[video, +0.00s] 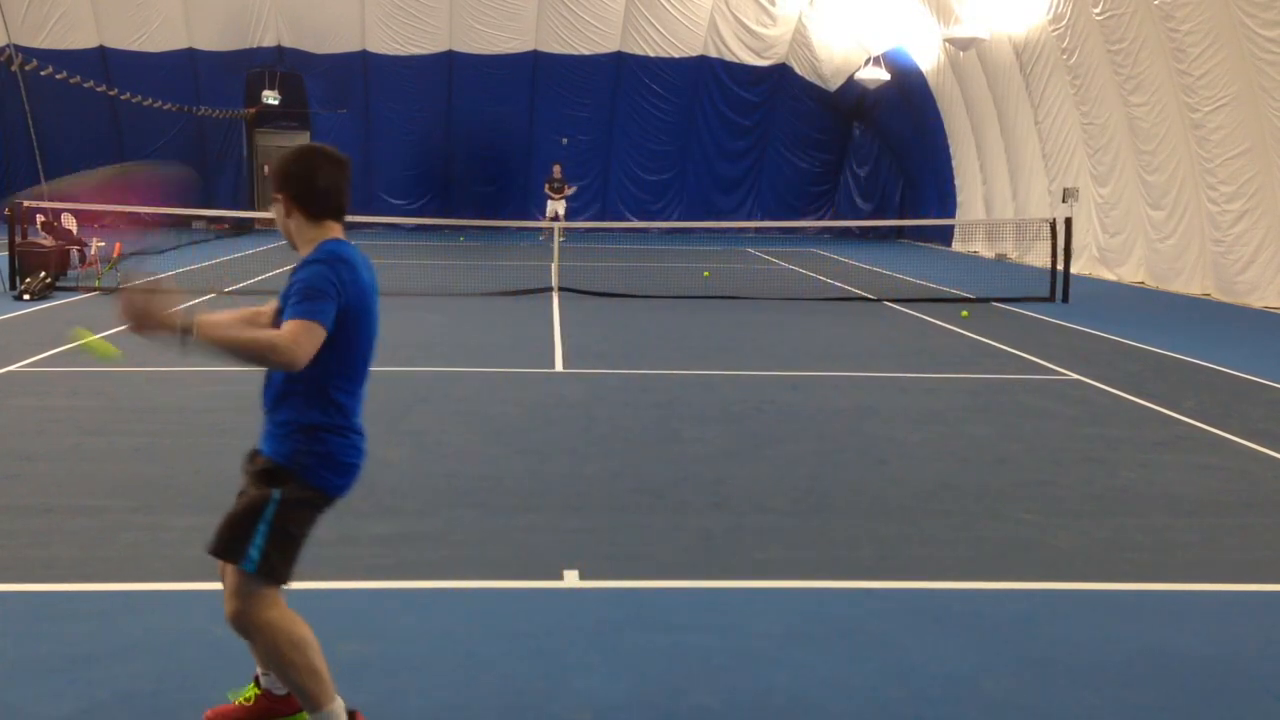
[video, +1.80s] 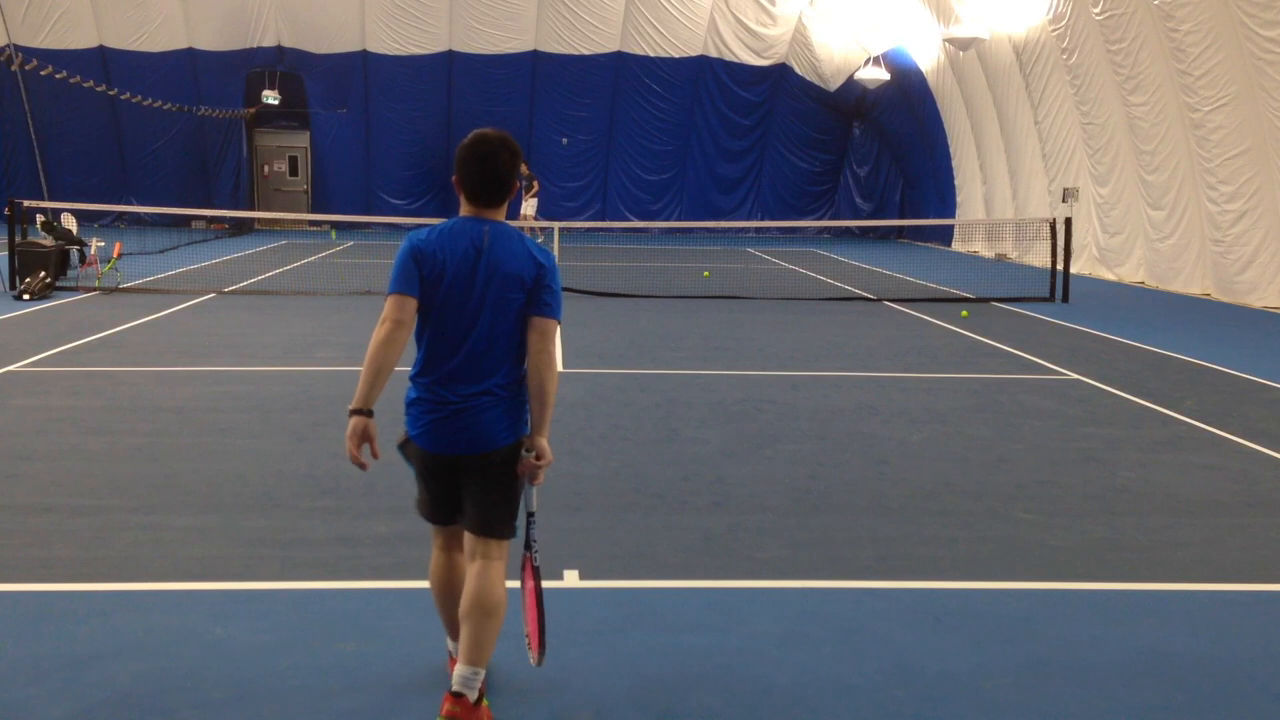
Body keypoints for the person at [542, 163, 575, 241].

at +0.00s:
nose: (556, 170)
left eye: (558, 169)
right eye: (555, 169)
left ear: (560, 170)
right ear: (553, 170)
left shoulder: (563, 180)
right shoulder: (549, 180)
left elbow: (565, 191)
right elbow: (546, 189)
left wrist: (571, 191)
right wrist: (554, 195)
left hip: (561, 200)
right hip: (551, 201)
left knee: (561, 217)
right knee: (548, 217)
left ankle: (561, 234)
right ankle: (545, 233)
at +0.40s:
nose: (559, 171)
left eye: (560, 169)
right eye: (557, 169)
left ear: (563, 170)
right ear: (556, 171)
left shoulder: (567, 180)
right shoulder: (552, 181)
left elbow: (569, 189)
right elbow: (549, 189)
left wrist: (563, 195)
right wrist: (554, 195)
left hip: (564, 200)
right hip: (554, 201)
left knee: (568, 216)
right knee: (551, 215)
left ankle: (569, 235)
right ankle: (546, 235)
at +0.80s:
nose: (547, 171)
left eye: (549, 169)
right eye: (546, 169)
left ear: (552, 170)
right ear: (544, 170)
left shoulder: (556, 179)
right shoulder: (543, 180)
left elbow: (560, 189)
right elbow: (541, 190)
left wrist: (552, 199)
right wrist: (544, 199)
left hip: (555, 200)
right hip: (546, 200)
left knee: (556, 218)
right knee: (547, 218)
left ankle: (565, 232)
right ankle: (548, 236)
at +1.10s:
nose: (541, 170)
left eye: (543, 168)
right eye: (540, 168)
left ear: (547, 169)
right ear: (540, 170)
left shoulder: (552, 178)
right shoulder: (541, 180)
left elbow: (556, 190)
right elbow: (539, 192)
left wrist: (547, 198)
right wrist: (537, 203)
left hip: (551, 200)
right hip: (542, 200)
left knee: (550, 218)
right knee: (536, 214)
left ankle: (555, 237)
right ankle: (543, 233)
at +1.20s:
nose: (538, 168)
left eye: (540, 166)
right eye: (537, 166)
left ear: (544, 167)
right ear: (537, 167)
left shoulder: (549, 176)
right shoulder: (539, 177)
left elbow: (553, 188)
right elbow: (538, 189)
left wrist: (544, 196)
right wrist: (537, 198)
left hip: (548, 199)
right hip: (540, 199)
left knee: (549, 219)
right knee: (533, 215)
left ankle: (554, 238)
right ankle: (535, 235)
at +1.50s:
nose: (526, 171)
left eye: (528, 169)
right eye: (525, 169)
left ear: (532, 169)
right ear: (525, 170)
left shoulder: (537, 178)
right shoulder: (529, 179)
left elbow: (542, 190)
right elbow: (529, 190)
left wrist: (532, 198)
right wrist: (529, 199)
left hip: (537, 201)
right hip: (530, 200)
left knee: (537, 220)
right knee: (524, 218)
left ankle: (550, 232)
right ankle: (529, 237)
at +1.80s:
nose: (521, 169)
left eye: (522, 167)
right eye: (520, 167)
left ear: (526, 167)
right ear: (520, 169)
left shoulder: (531, 176)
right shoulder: (522, 178)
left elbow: (536, 187)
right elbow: (523, 189)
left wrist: (528, 196)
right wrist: (523, 198)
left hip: (533, 198)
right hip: (525, 198)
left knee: (529, 217)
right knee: (522, 217)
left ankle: (540, 235)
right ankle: (527, 235)